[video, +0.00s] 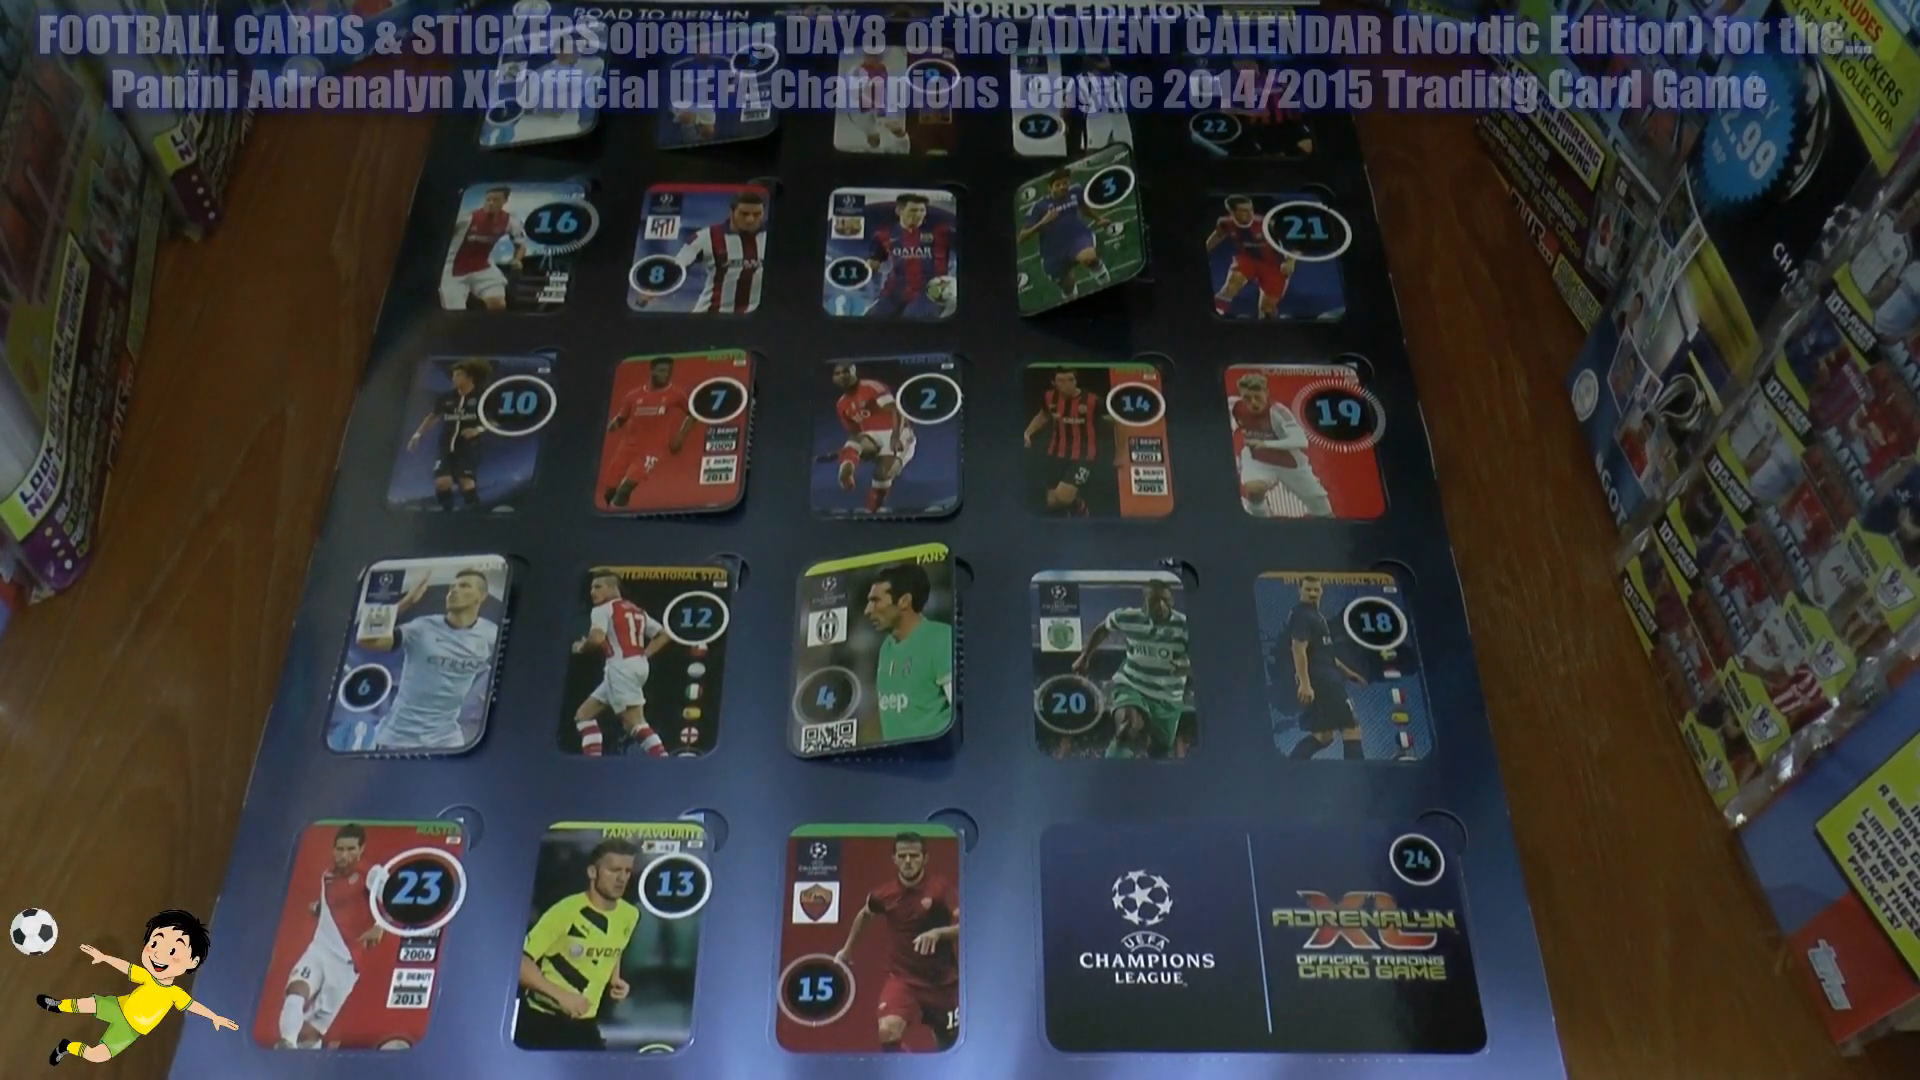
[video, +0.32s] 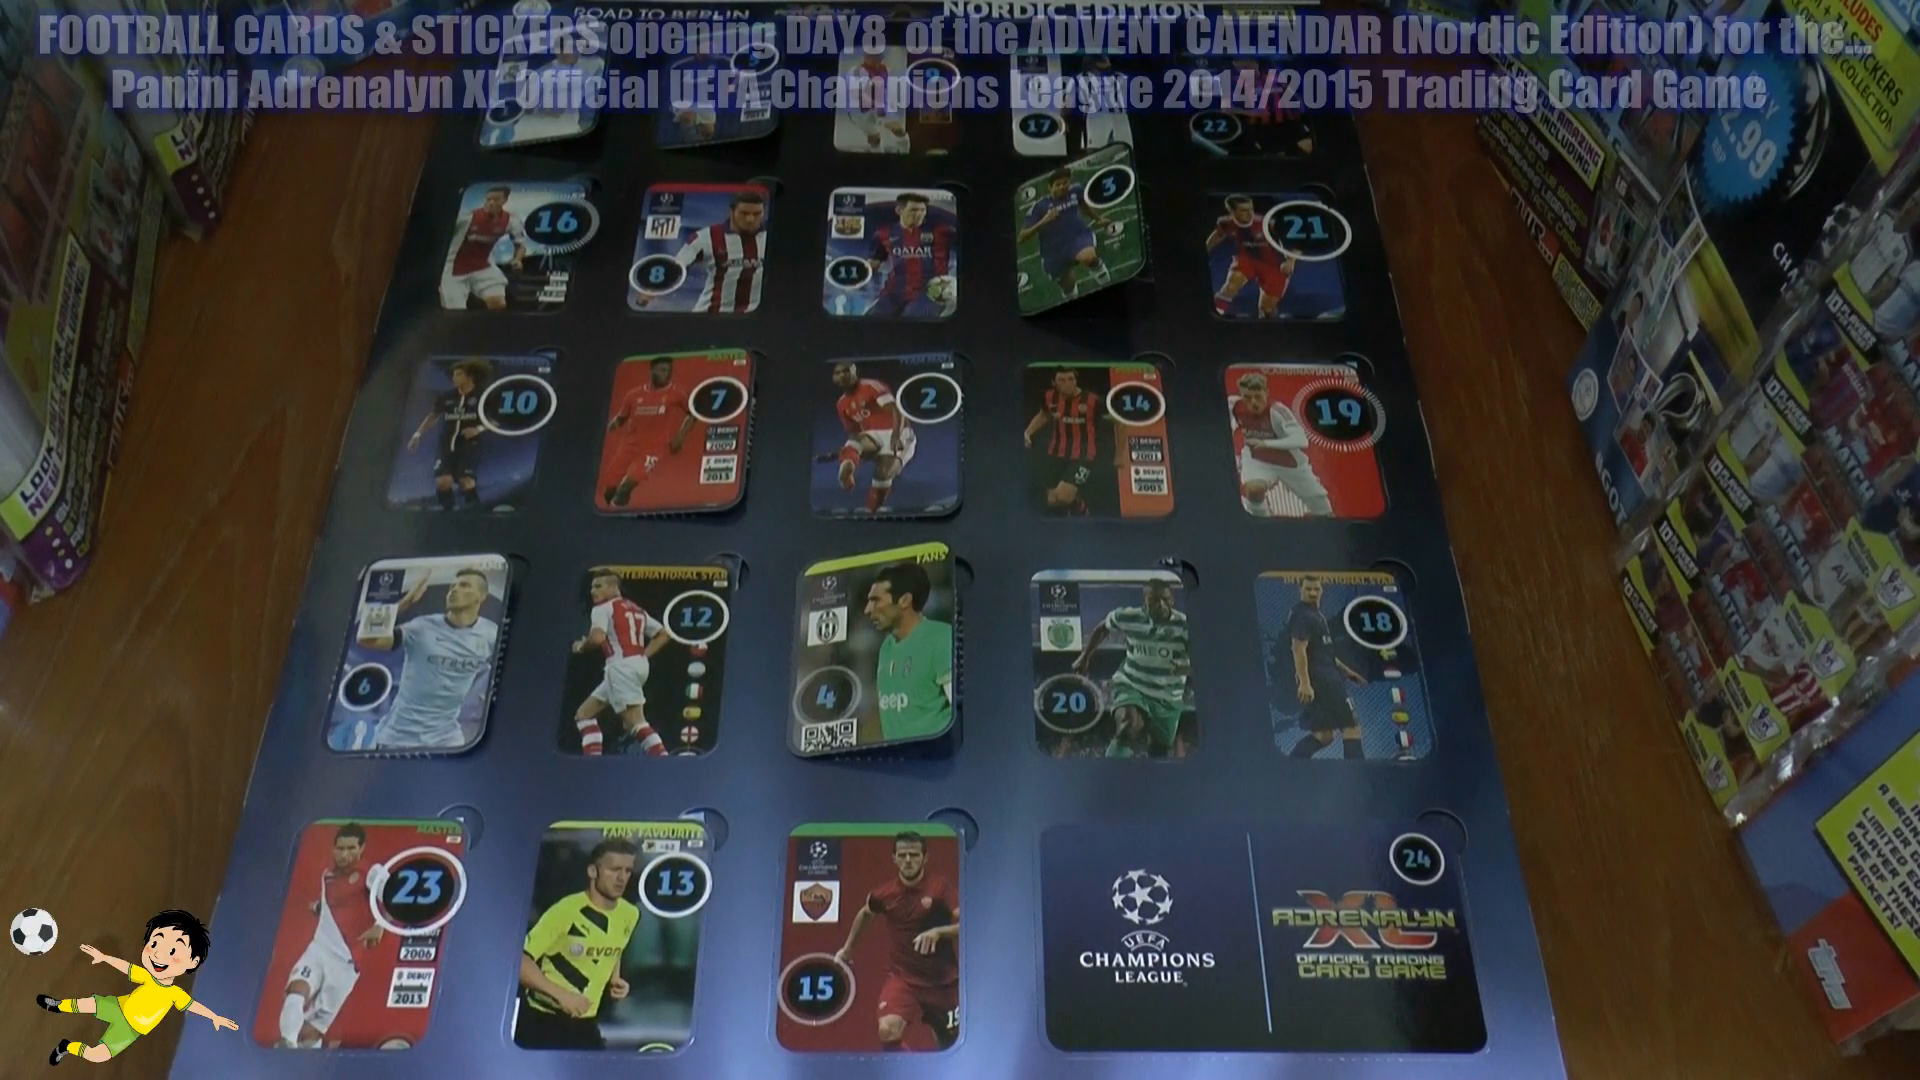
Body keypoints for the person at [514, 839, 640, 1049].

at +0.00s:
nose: (622, 878)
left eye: (627, 872)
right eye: (615, 870)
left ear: (631, 875)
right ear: (592, 872)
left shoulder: (629, 915)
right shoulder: (566, 910)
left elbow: (615, 952)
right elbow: (520, 962)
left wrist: (615, 979)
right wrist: (560, 995)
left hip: (584, 1027)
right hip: (540, 1024)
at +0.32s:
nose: (622, 878)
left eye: (627, 871)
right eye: (615, 869)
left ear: (631, 874)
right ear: (593, 872)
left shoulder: (629, 915)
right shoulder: (567, 909)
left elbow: (615, 951)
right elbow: (520, 961)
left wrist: (615, 977)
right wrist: (561, 994)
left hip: (585, 1026)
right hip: (541, 1023)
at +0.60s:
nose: (622, 878)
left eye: (627, 871)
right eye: (615, 869)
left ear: (631, 874)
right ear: (593, 871)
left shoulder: (629, 914)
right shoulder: (567, 909)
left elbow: (615, 951)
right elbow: (520, 960)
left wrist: (615, 978)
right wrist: (560, 994)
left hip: (585, 1026)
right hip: (541, 1023)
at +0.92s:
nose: (622, 877)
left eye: (627, 870)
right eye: (615, 868)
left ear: (631, 873)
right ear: (593, 871)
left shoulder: (630, 914)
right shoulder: (567, 908)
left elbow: (615, 951)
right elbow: (520, 960)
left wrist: (615, 977)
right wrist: (561, 994)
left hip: (585, 1025)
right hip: (541, 1022)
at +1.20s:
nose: (622, 878)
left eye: (627, 871)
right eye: (615, 870)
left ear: (631, 874)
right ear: (593, 871)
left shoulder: (629, 915)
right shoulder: (567, 910)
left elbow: (615, 952)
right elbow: (520, 961)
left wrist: (615, 977)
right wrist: (561, 994)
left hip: (585, 1026)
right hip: (541, 1023)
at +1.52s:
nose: (622, 879)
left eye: (627, 873)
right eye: (615, 871)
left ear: (631, 876)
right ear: (592, 873)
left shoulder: (629, 916)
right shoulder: (567, 911)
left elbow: (615, 953)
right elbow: (520, 962)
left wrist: (615, 979)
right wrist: (560, 996)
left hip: (585, 1028)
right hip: (541, 1025)